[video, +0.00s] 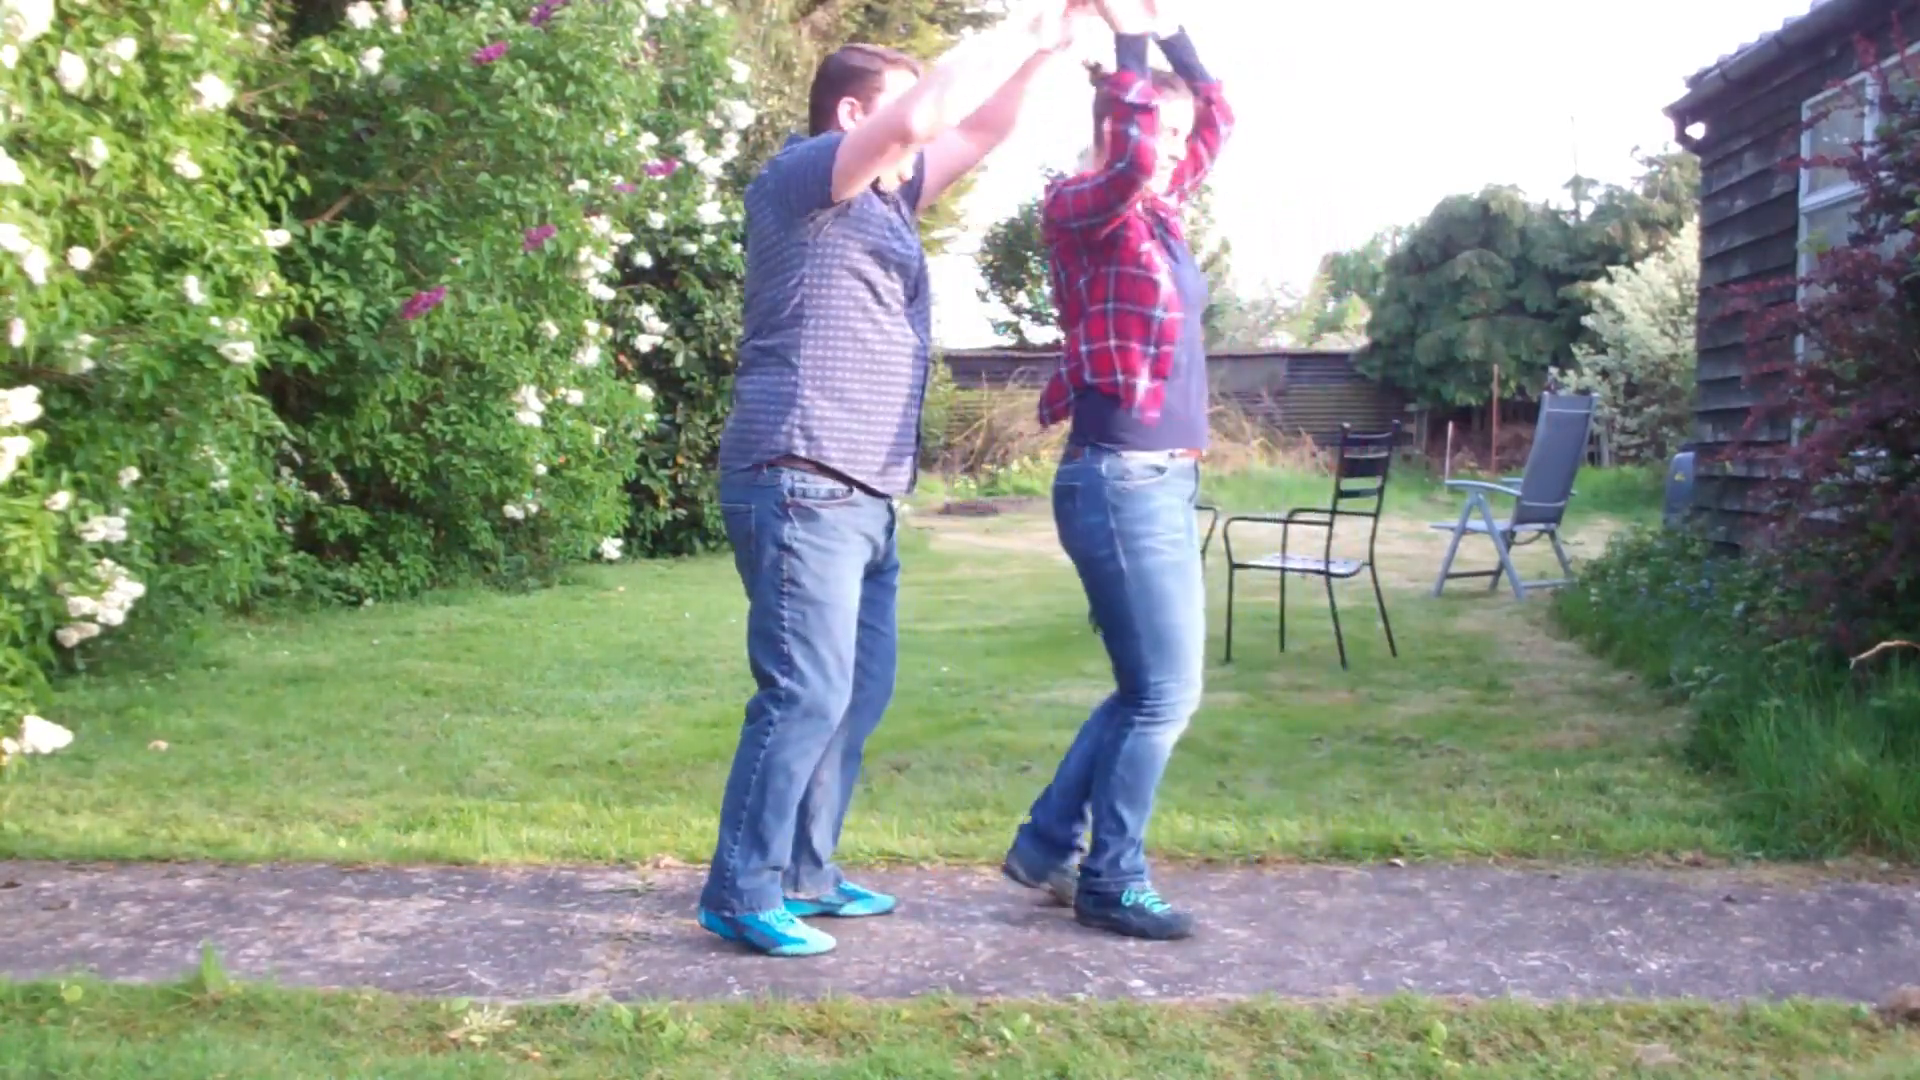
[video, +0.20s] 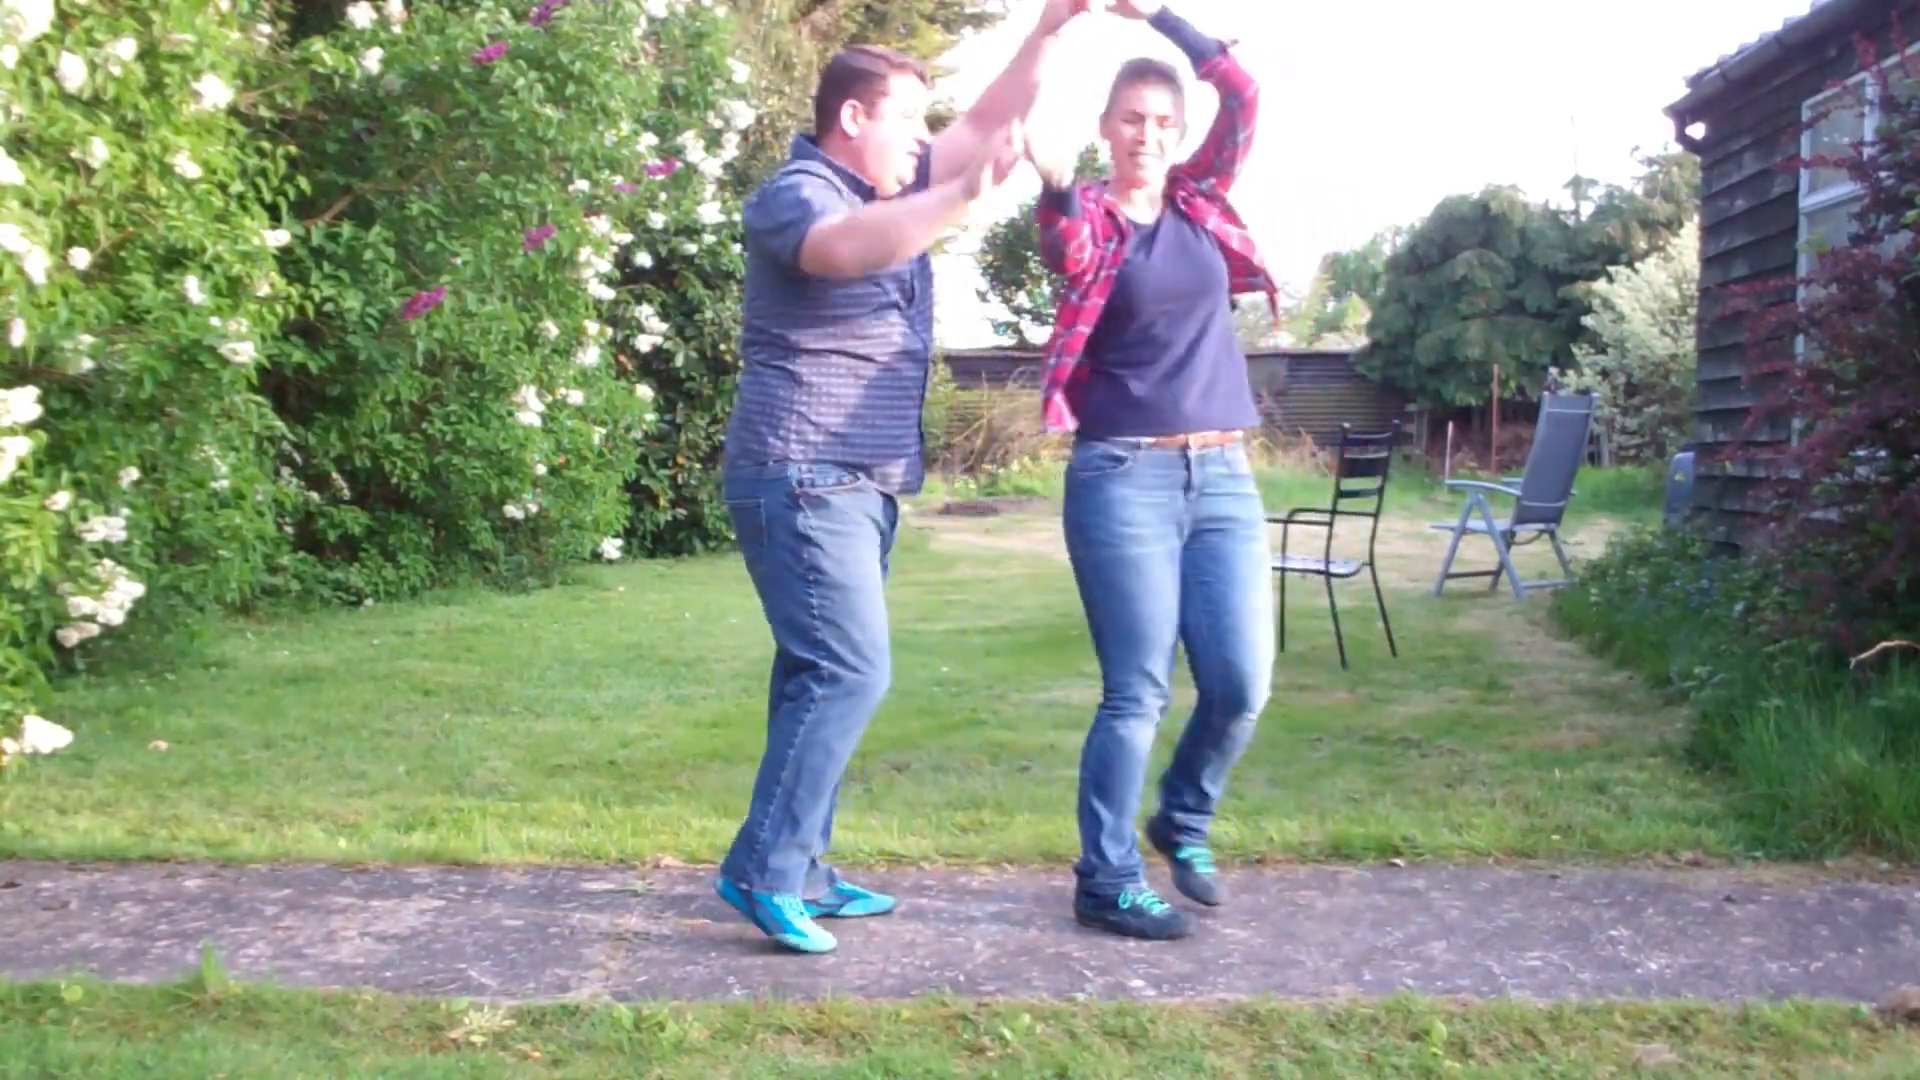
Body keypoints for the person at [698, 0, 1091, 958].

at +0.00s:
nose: (911, 121)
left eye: (915, 106)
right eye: (895, 105)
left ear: (899, 123)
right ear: (839, 110)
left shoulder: (889, 197)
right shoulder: (792, 182)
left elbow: (983, 131)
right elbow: (910, 119)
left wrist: (1050, 47)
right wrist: (1015, 36)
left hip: (867, 498)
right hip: (798, 486)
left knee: (857, 694)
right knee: (804, 693)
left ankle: (807, 871)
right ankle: (739, 893)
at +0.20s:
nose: (919, 130)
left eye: (921, 115)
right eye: (907, 114)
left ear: (874, 122)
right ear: (852, 117)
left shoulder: (892, 186)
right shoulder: (793, 192)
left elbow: (982, 129)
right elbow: (843, 250)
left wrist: (1046, 33)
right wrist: (965, 192)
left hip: (863, 481)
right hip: (800, 478)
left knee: (819, 675)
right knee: (852, 668)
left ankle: (797, 863)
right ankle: (762, 870)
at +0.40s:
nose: (925, 138)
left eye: (927, 123)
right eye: (913, 121)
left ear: (871, 123)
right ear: (858, 121)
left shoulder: (895, 194)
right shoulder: (815, 209)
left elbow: (989, 171)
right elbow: (833, 356)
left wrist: (1026, 106)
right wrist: (956, 439)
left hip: (853, 472)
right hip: (806, 470)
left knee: (802, 677)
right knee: (884, 659)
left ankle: (783, 879)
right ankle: (824, 868)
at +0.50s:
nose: (936, 143)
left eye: (935, 126)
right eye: (923, 124)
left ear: (875, 123)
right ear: (867, 123)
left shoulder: (897, 196)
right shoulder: (831, 209)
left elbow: (994, 204)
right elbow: (869, 365)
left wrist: (1033, 153)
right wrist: (957, 419)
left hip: (852, 470)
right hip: (811, 470)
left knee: (805, 679)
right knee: (880, 666)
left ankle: (788, 879)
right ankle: (880, 883)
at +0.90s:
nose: (991, 127)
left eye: (989, 112)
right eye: (978, 111)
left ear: (929, 119)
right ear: (928, 117)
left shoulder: (943, 214)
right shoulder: (895, 182)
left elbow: (1010, 329)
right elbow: (1036, 201)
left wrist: (1083, 333)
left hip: (920, 475)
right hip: (897, 474)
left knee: (888, 684)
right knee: (942, 683)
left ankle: (807, 858)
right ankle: (948, 890)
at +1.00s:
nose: (1014, 125)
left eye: (1012, 110)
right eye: (999, 108)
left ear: (956, 120)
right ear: (948, 117)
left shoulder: (978, 220)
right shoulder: (911, 183)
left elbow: (1003, 350)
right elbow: (1044, 162)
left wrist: (1092, 365)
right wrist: (1111, 120)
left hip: (971, 478)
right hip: (921, 471)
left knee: (979, 673)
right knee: (958, 680)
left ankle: (847, 822)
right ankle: (951, 889)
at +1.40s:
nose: (1073, 128)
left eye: (1083, 115)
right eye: (1053, 109)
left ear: (1091, 137)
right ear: (1010, 115)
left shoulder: (1087, 231)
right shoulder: (964, 195)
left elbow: (1090, 376)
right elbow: (1040, 85)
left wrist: (1130, 453)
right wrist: (1055, 90)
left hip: (1083, 500)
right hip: (992, 490)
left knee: (1111, 683)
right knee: (1039, 687)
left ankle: (1093, 860)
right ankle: (966, 876)